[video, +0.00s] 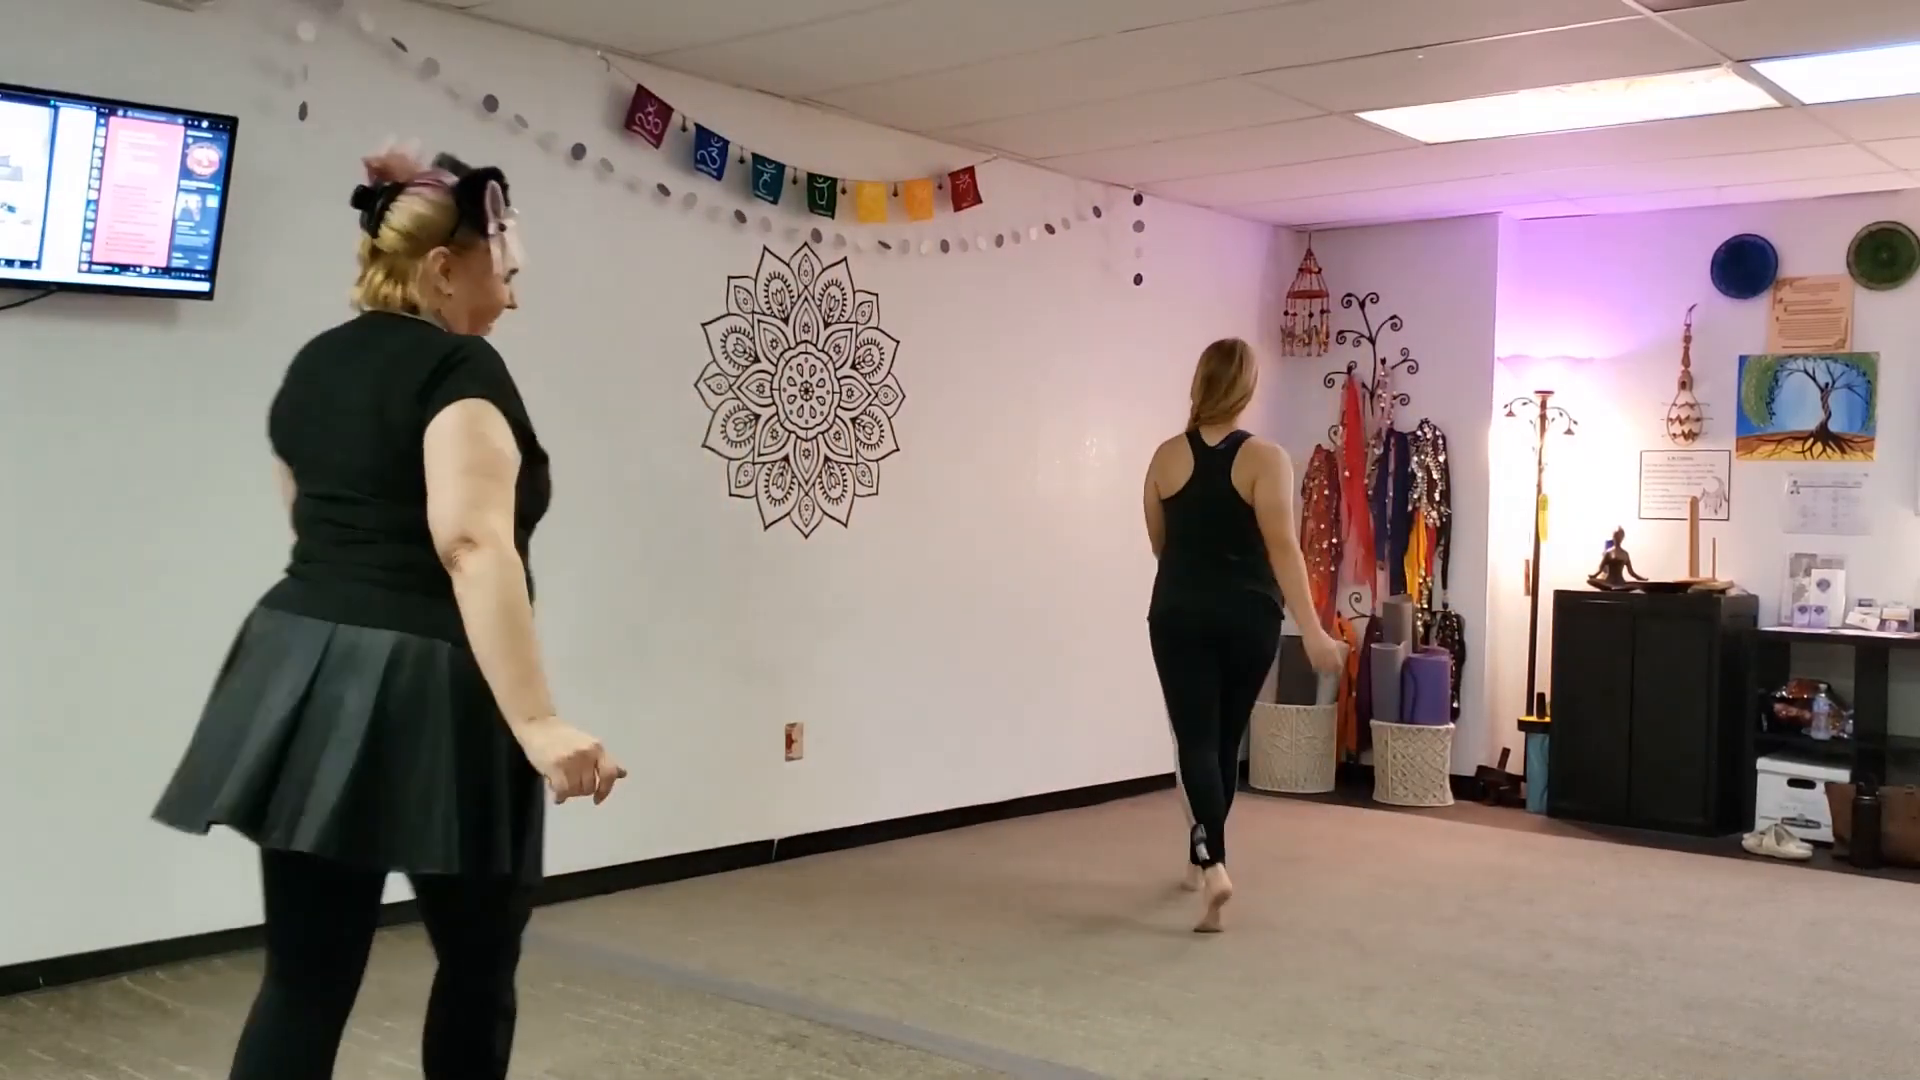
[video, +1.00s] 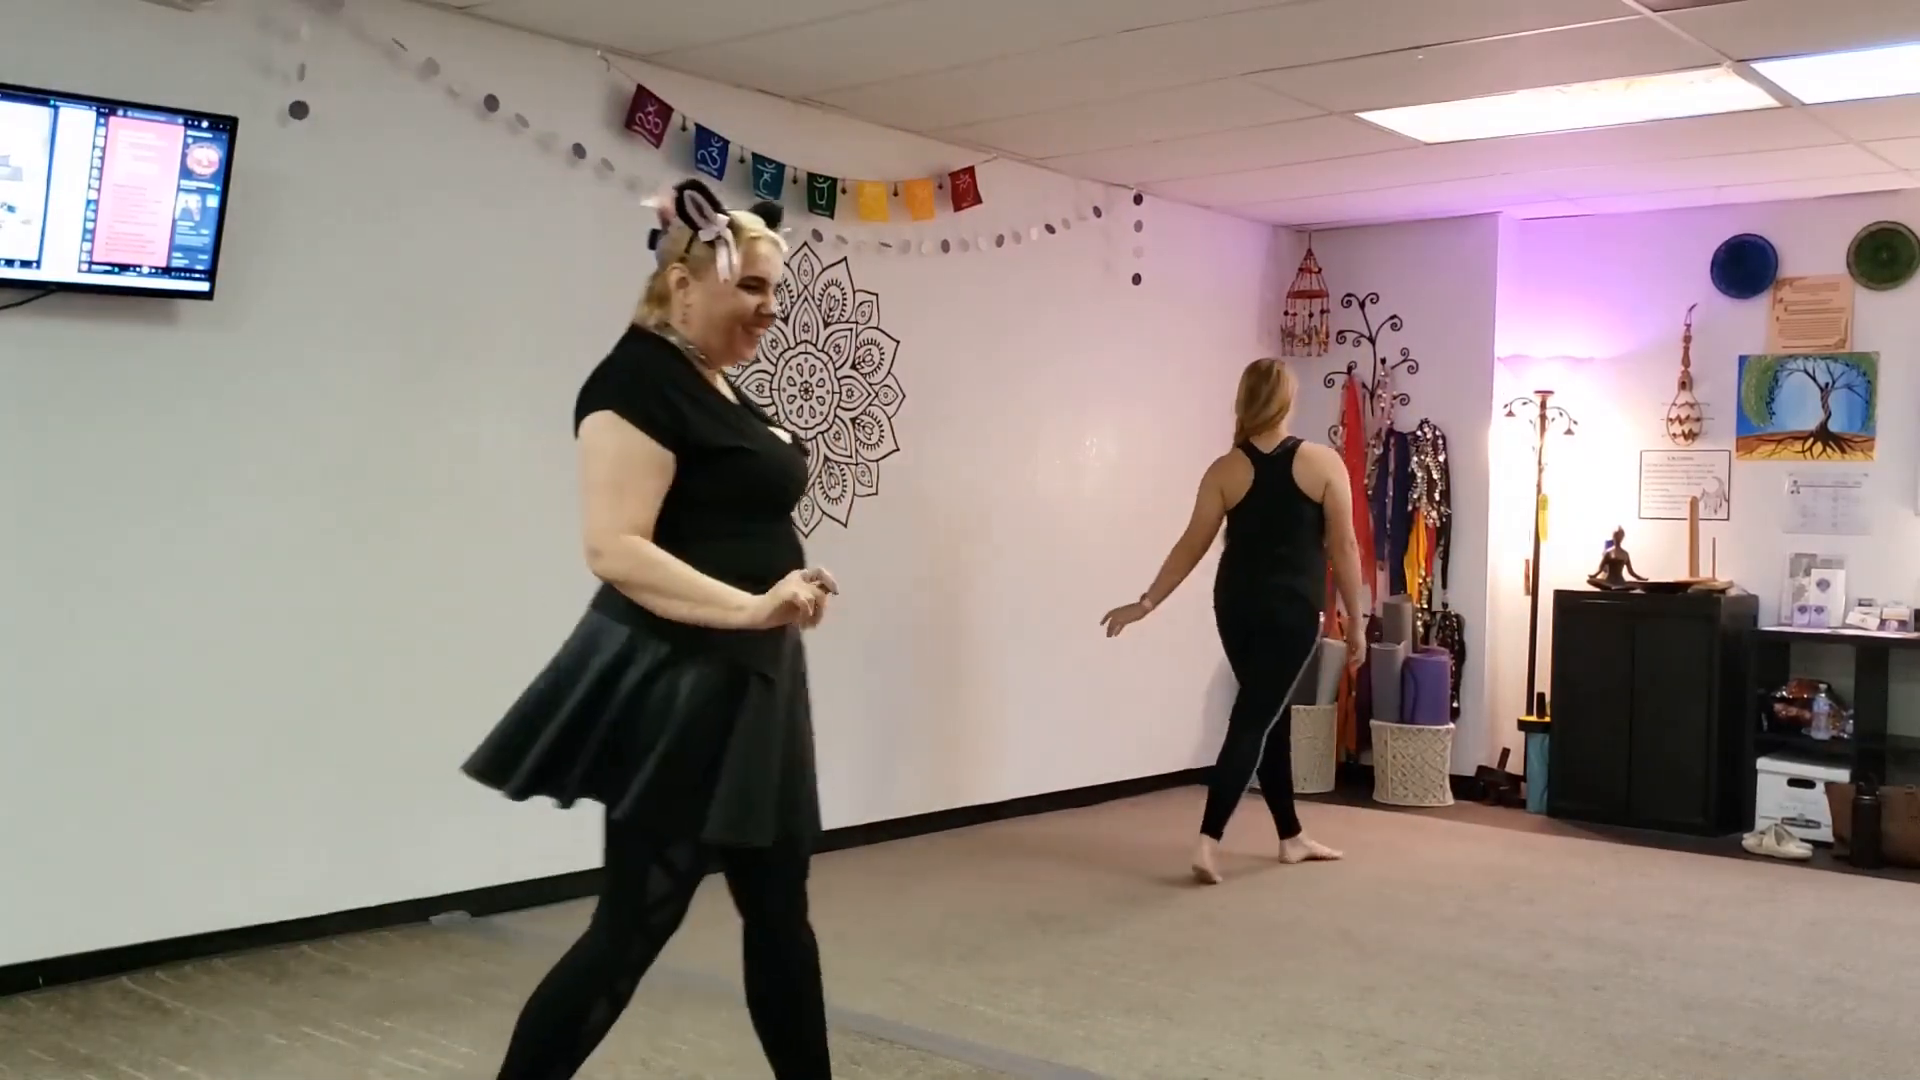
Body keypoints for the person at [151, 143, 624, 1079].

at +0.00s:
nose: (510, 291)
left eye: (511, 270)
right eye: (502, 269)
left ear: (413, 265)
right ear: (441, 268)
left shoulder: (317, 362)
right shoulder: (460, 367)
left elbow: (308, 519)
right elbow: (473, 543)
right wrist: (539, 722)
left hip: (307, 678)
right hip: (440, 694)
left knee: (305, 977)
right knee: (478, 967)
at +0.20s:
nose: (562, 289)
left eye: (561, 267)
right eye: (552, 266)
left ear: (473, 263)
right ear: (494, 266)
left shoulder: (396, 356)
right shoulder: (496, 374)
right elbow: (488, 540)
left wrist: (468, 199)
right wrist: (535, 716)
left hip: (396, 662)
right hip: (508, 675)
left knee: (375, 938)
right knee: (516, 953)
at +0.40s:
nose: (615, 308)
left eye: (616, 289)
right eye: (607, 287)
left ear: (530, 280)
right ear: (547, 284)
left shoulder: (461, 362)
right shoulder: (527, 384)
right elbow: (520, 551)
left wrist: (530, 221)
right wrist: (586, 707)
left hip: (469, 648)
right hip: (546, 661)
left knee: (515, 880)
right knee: (559, 918)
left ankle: (366, 992)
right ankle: (497, 1077)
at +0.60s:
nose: (671, 310)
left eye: (673, 291)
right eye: (655, 287)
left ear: (584, 286)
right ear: (584, 283)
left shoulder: (533, 364)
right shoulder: (555, 370)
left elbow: (482, 539)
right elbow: (540, 533)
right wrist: (686, 627)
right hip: (567, 659)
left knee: (696, 840)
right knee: (576, 914)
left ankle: (501, 953)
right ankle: (507, 1073)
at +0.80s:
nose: (714, 303)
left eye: (720, 283)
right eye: (696, 278)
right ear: (628, 273)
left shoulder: (621, 367)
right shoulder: (589, 360)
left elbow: (516, 485)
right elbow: (573, 511)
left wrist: (577, 581)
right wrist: (731, 585)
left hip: (684, 658)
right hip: (613, 662)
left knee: (750, 861)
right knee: (598, 906)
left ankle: (733, 1073)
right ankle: (506, 1070)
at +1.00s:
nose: (767, 308)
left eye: (774, 291)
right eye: (751, 285)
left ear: (764, 295)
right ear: (684, 280)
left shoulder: (720, 393)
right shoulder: (637, 379)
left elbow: (733, 533)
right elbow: (612, 548)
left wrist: (793, 579)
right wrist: (753, 607)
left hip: (761, 684)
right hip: (680, 687)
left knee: (782, 917)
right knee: (631, 928)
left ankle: (807, 1075)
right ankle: (524, 1074)